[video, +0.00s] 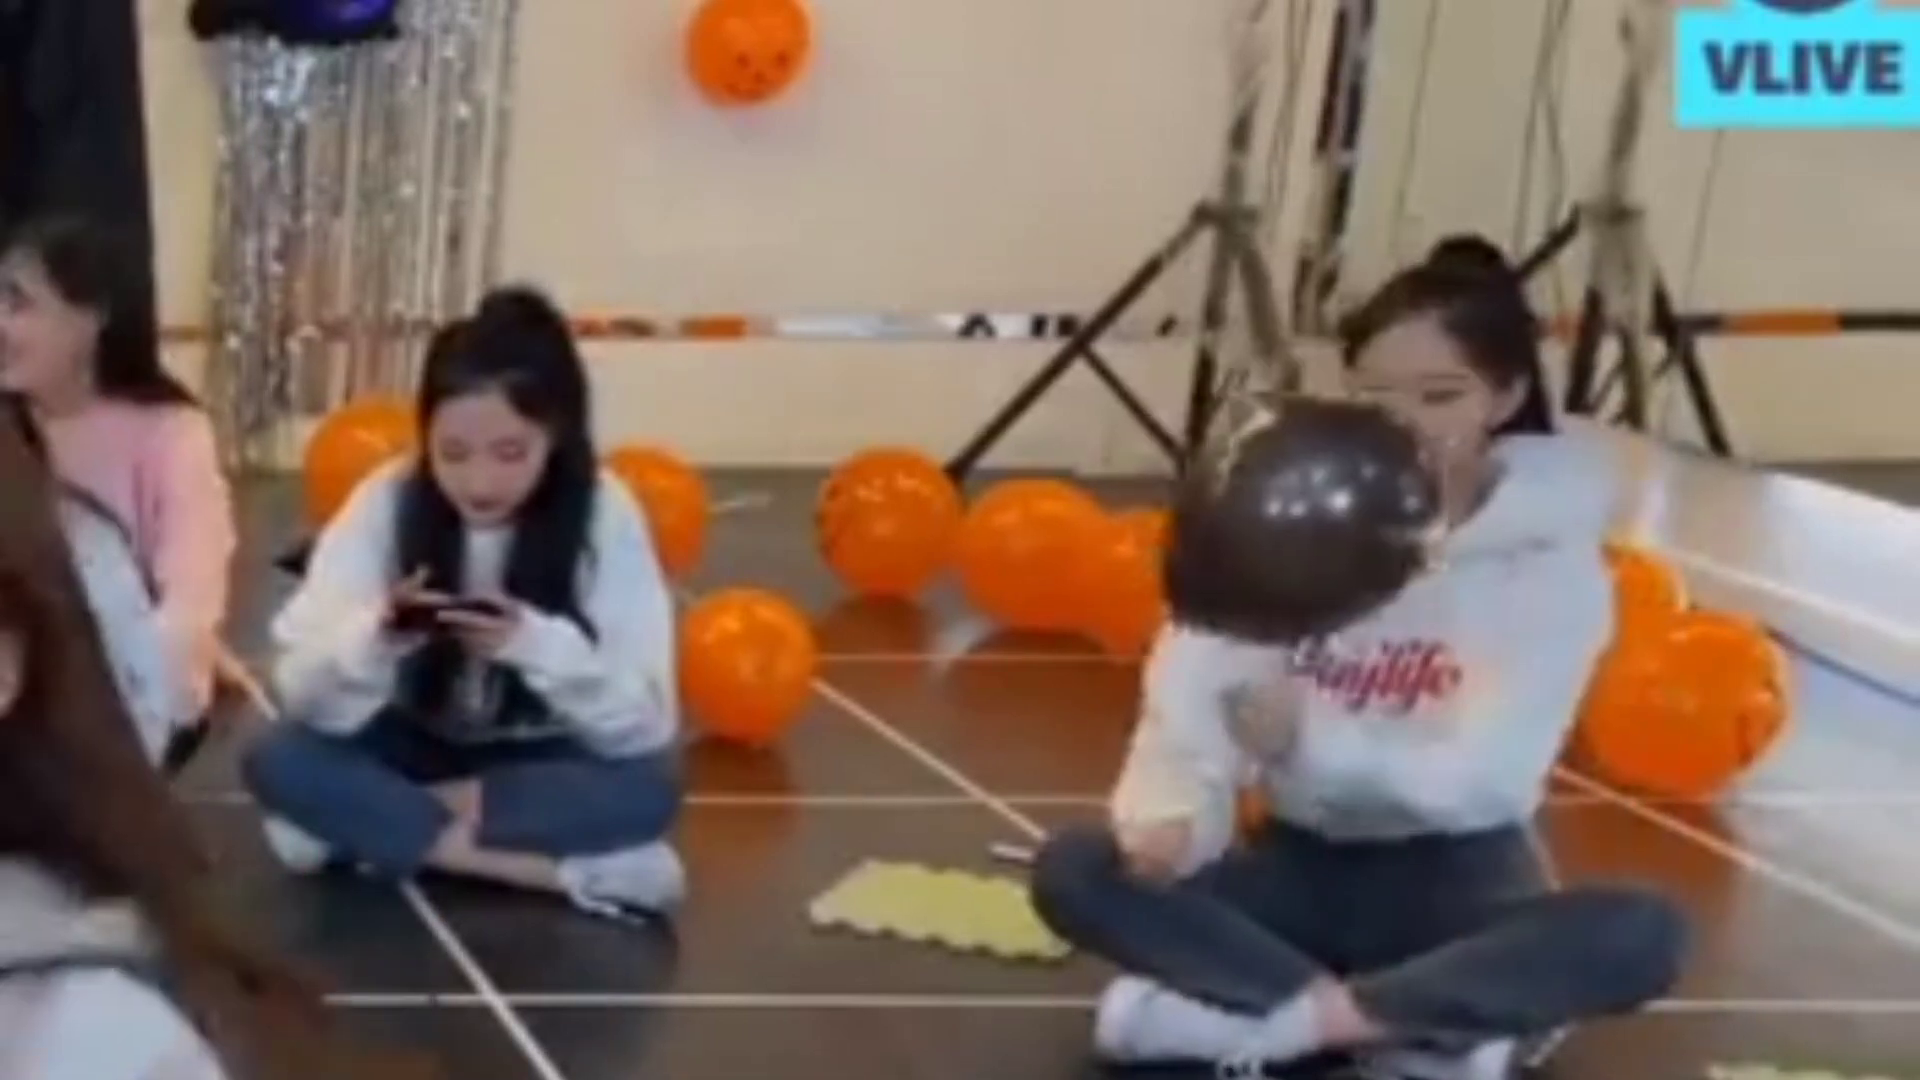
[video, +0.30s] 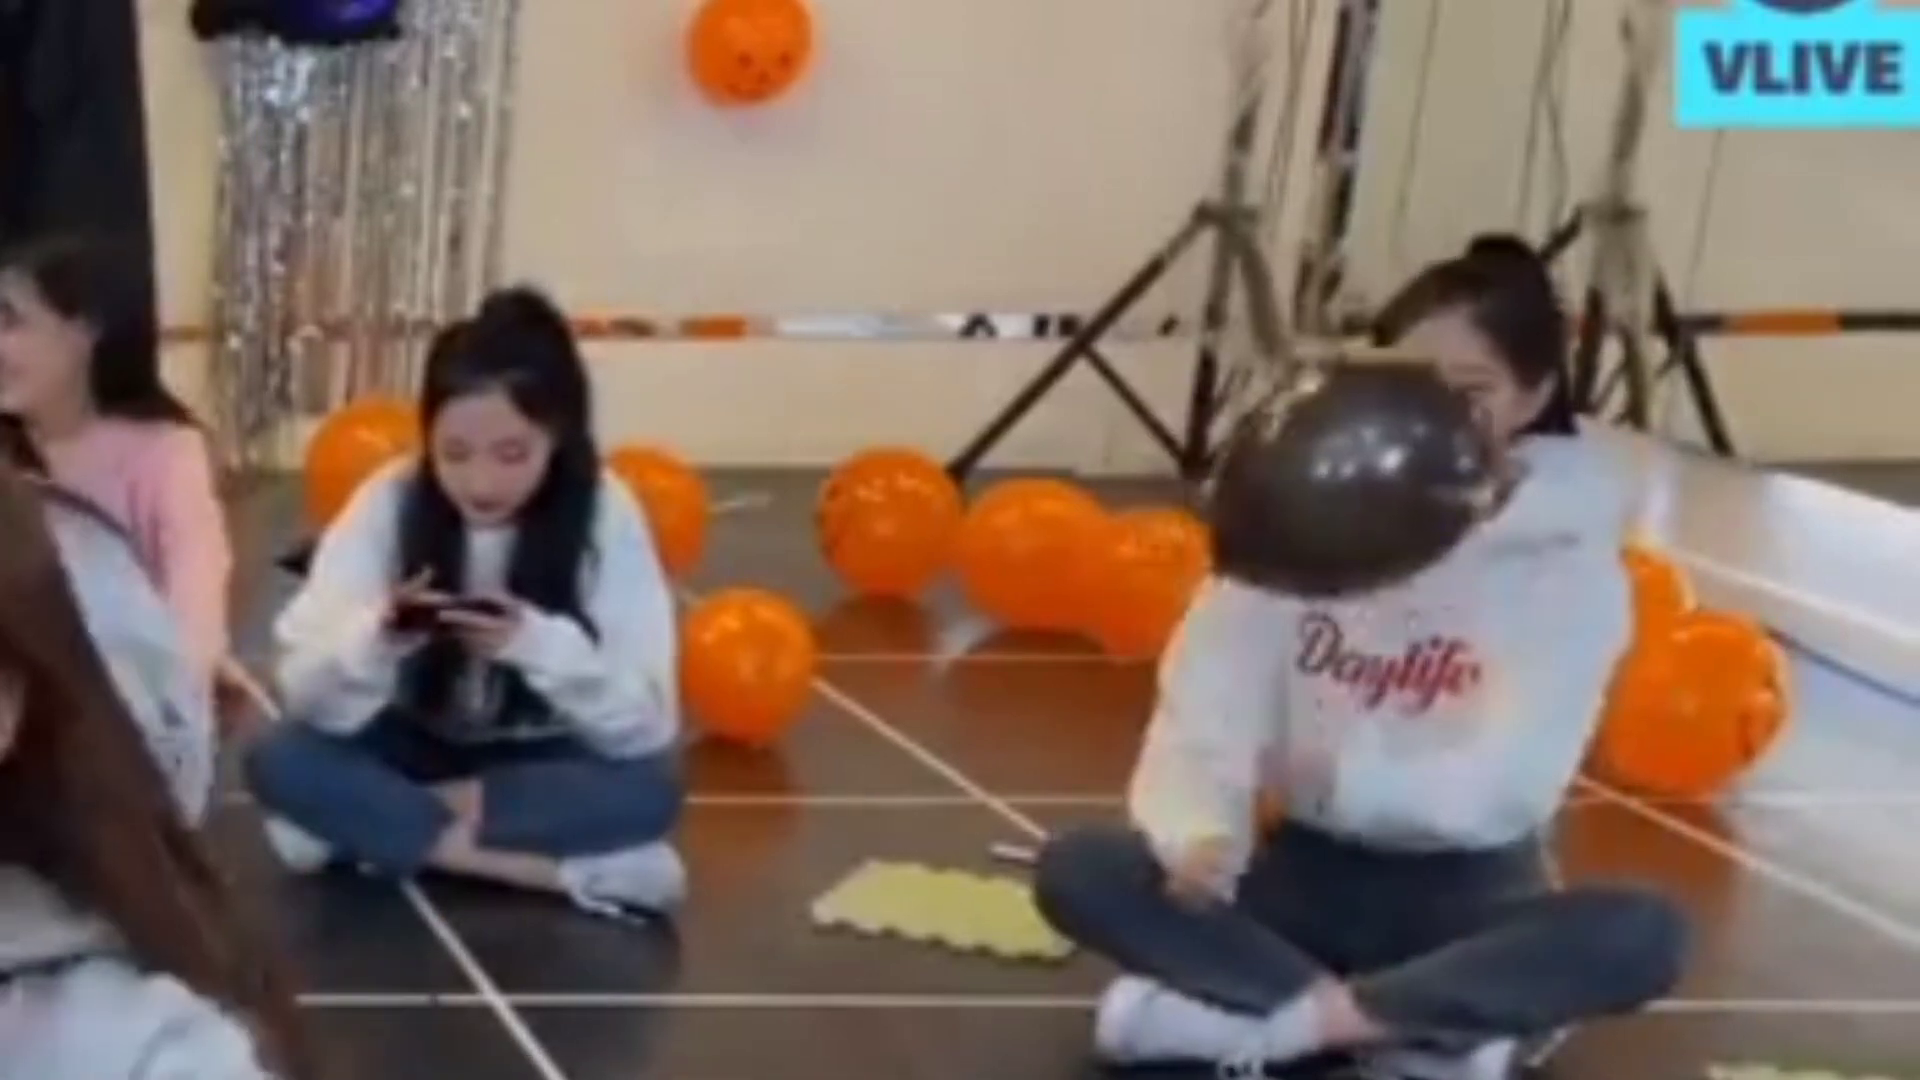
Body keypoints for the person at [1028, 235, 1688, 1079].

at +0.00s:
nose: (1404, 429)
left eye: (1440, 399)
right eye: (1376, 398)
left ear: (1509, 398)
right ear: (1344, 394)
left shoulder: (1551, 566)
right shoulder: (1296, 521)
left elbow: (1492, 783)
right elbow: (1186, 686)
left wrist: (1305, 748)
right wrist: (1163, 822)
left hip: (1459, 884)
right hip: (1286, 874)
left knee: (1644, 933)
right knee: (1069, 871)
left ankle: (1286, 1031)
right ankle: (1409, 1044)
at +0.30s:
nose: (1438, 419)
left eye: (1472, 392)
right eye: (1414, 385)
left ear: (1536, 396)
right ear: (1377, 380)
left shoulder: (1574, 571)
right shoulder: (1312, 521)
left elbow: (1511, 792)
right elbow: (1207, 694)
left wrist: (1325, 779)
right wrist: (1202, 831)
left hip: (1472, 894)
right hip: (1293, 876)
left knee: (1645, 933)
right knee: (1076, 868)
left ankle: (1275, 1037)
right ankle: (1410, 1047)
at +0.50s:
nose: (1374, 535)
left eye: (1400, 516)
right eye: (1343, 514)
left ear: (1497, 463)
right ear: (1319, 459)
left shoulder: (1580, 585)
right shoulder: (1289, 547)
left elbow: (1560, 816)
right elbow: (1172, 749)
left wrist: (1432, 863)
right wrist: (1244, 800)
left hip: (1453, 891)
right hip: (1274, 868)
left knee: (1644, 935)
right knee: (1076, 870)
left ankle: (1285, 1031)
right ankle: (1397, 1043)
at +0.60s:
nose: (1389, 534)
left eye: (1431, 516)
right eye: (1364, 510)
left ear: (1511, 461)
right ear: (1330, 466)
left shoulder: (1589, 578)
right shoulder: (1298, 547)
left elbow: (1582, 800)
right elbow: (1180, 745)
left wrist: (1480, 870)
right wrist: (1296, 760)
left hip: (1464, 879)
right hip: (1289, 861)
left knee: (1647, 936)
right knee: (1076, 868)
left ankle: (1285, 1031)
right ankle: (1405, 1043)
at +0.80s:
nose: (1417, 542)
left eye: (1444, 523)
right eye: (1387, 513)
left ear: (1513, 483)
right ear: (1351, 477)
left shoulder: (1595, 568)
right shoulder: (1303, 546)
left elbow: (1588, 801)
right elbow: (1195, 738)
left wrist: (1467, 881)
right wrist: (1359, 679)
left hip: (1484, 877)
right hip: (1310, 865)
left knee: (1646, 923)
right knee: (1083, 860)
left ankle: (1281, 1032)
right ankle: (1400, 1046)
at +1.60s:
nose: (1349, 591)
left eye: (1377, 578)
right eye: (1334, 567)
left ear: (1467, 547)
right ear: (1322, 497)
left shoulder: (1606, 584)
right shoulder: (1297, 557)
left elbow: (1594, 803)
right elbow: (1250, 748)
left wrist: (1475, 893)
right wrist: (1353, 691)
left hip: (1483, 884)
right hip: (1313, 872)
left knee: (1638, 924)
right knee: (1078, 854)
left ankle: (1272, 1033)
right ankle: (1399, 1046)